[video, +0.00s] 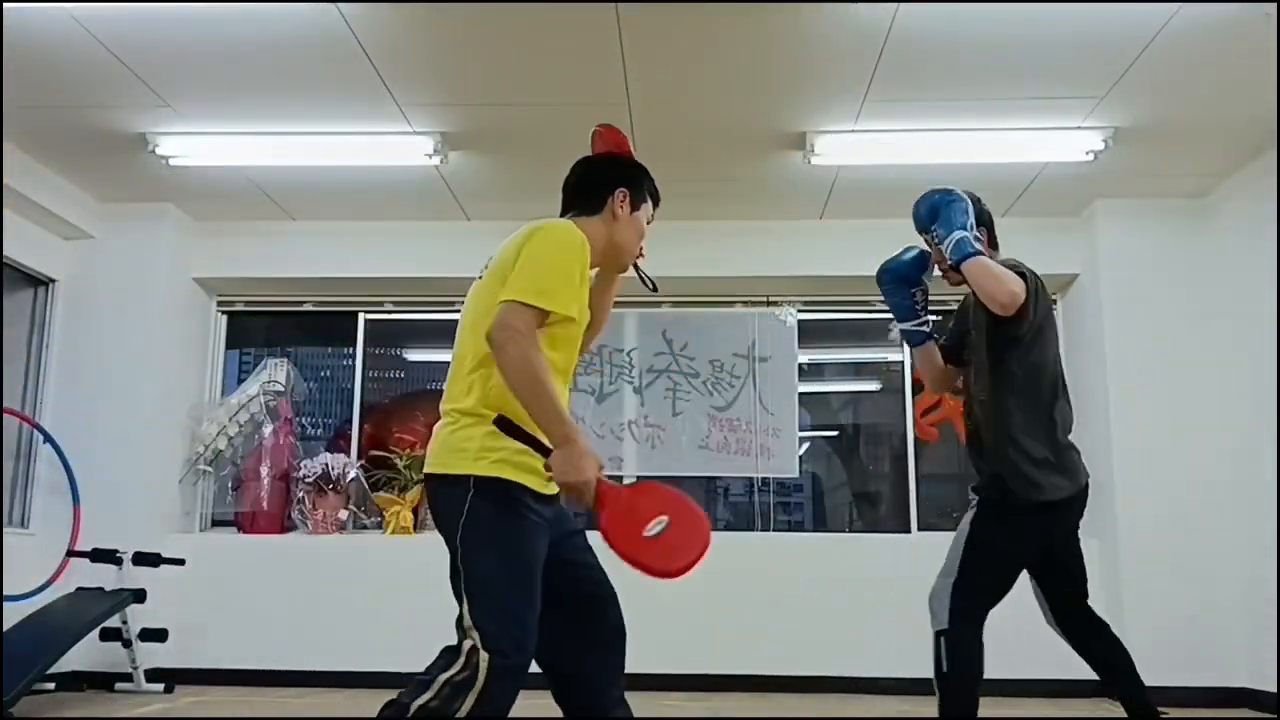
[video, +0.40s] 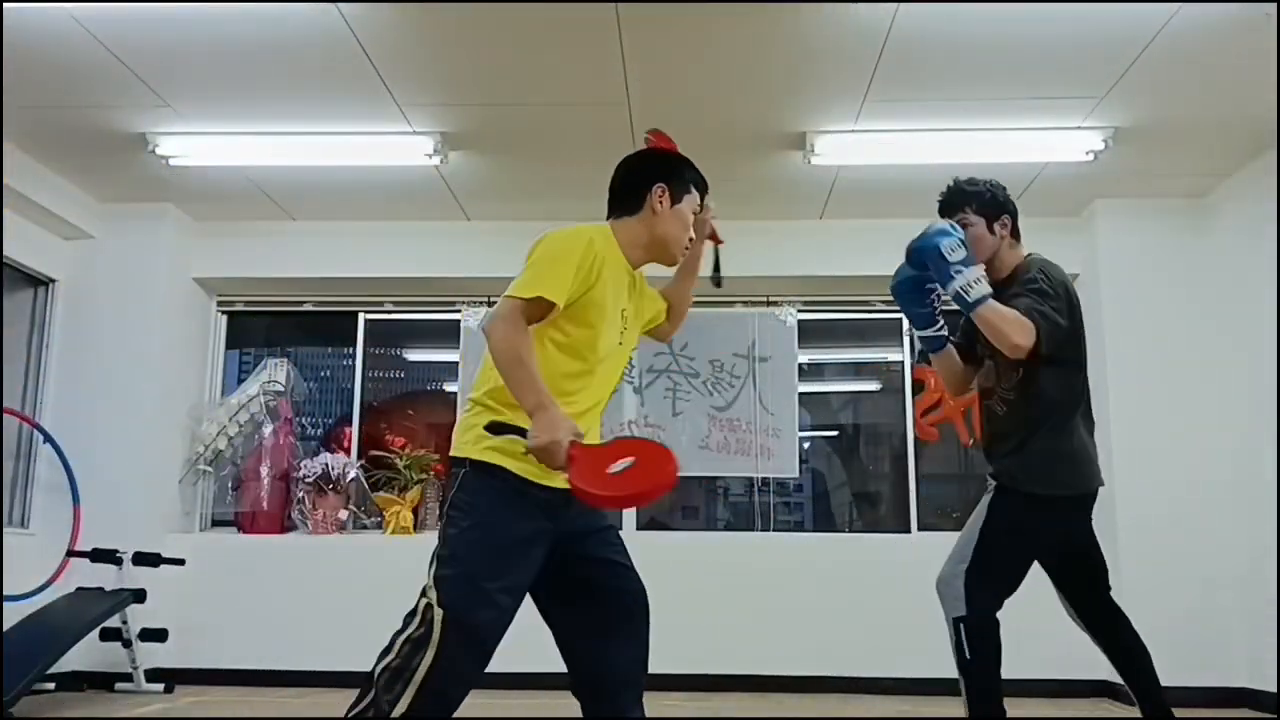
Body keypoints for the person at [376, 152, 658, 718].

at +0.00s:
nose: (643, 240)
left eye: (649, 225)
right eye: (645, 220)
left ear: (599, 205)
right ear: (618, 203)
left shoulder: (556, 262)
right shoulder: (559, 238)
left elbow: (578, 339)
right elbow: (511, 333)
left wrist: (613, 268)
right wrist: (568, 440)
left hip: (531, 479)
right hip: (485, 472)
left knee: (590, 638)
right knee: (494, 654)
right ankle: (407, 711)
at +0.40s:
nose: (696, 229)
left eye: (700, 217)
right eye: (694, 211)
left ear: (655, 204)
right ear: (659, 200)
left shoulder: (632, 290)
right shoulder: (578, 246)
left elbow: (668, 323)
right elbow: (504, 325)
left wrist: (695, 254)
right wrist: (543, 410)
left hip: (570, 488)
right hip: (502, 474)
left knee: (615, 618)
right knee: (453, 630)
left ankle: (617, 717)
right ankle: (374, 713)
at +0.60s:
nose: (690, 230)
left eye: (692, 216)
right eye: (687, 211)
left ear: (652, 203)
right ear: (652, 199)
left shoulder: (640, 297)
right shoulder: (566, 242)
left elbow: (638, 367)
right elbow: (482, 313)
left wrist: (714, 344)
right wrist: (475, 412)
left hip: (570, 488)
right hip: (503, 477)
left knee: (614, 615)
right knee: (443, 630)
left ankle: (619, 716)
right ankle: (335, 709)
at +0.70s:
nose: (663, 231)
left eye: (666, 217)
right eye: (660, 212)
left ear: (625, 205)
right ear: (625, 200)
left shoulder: (606, 302)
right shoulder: (546, 245)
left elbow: (558, 398)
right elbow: (462, 318)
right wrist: (461, 424)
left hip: (562, 496)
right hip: (488, 488)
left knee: (619, 615)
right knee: (412, 631)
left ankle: (623, 714)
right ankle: (299, 707)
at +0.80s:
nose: (627, 252)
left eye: (630, 239)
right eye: (625, 233)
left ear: (590, 223)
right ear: (591, 219)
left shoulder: (558, 307)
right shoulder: (515, 257)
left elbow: (505, 403)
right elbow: (438, 333)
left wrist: (548, 460)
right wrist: (459, 439)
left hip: (520, 504)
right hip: (446, 497)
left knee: (593, 617)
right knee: (378, 645)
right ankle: (282, 713)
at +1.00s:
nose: (555, 262)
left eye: (558, 248)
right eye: (553, 242)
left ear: (517, 233)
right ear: (519, 229)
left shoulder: (473, 312)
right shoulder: (450, 265)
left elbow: (431, 421)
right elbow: (414, 348)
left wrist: (513, 425)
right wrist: (470, 441)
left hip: (443, 501)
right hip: (377, 496)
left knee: (511, 626)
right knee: (336, 663)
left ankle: (548, 711)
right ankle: (279, 711)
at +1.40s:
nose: (589, 252)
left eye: (592, 237)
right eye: (586, 231)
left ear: (547, 224)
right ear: (549, 218)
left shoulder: (508, 308)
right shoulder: (478, 252)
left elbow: (500, 401)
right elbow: (394, 320)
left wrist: (567, 353)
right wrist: (397, 412)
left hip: (466, 488)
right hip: (394, 478)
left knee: (521, 608)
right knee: (344, 638)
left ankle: (523, 712)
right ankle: (268, 712)